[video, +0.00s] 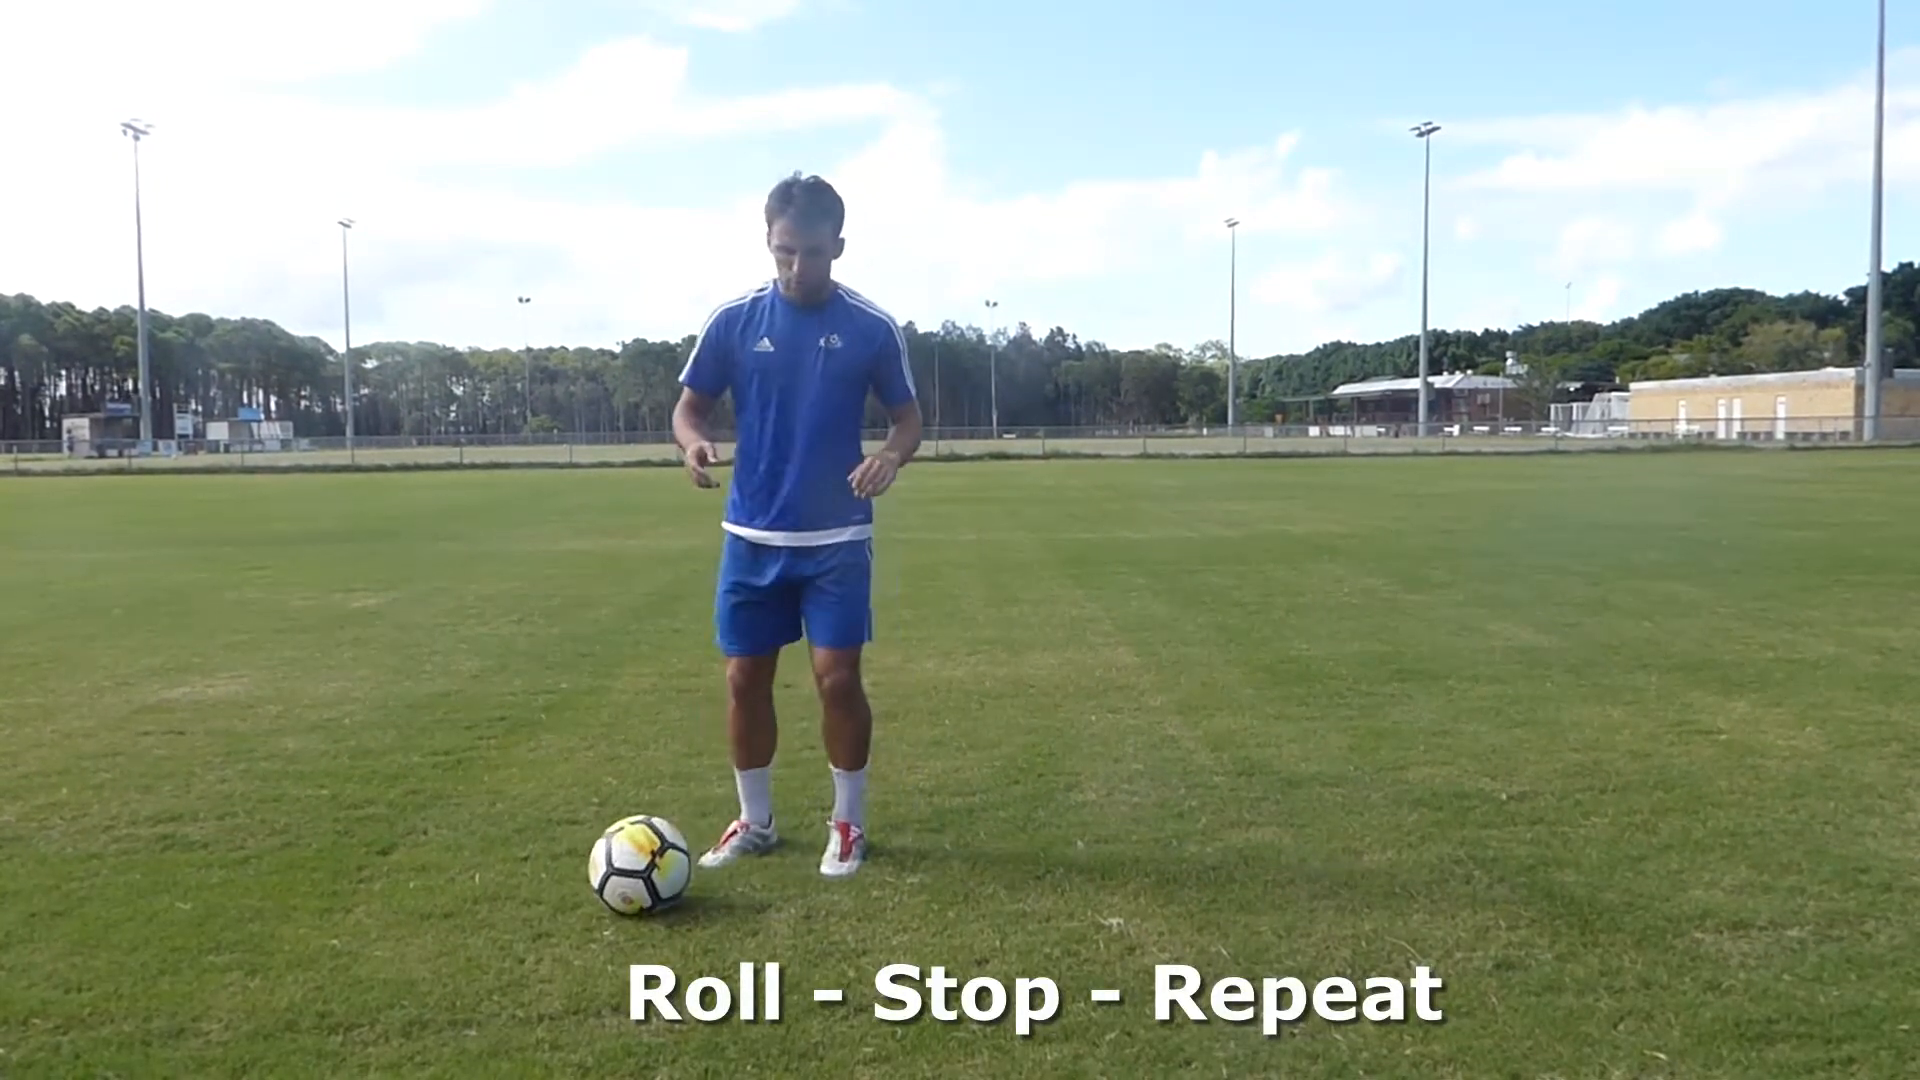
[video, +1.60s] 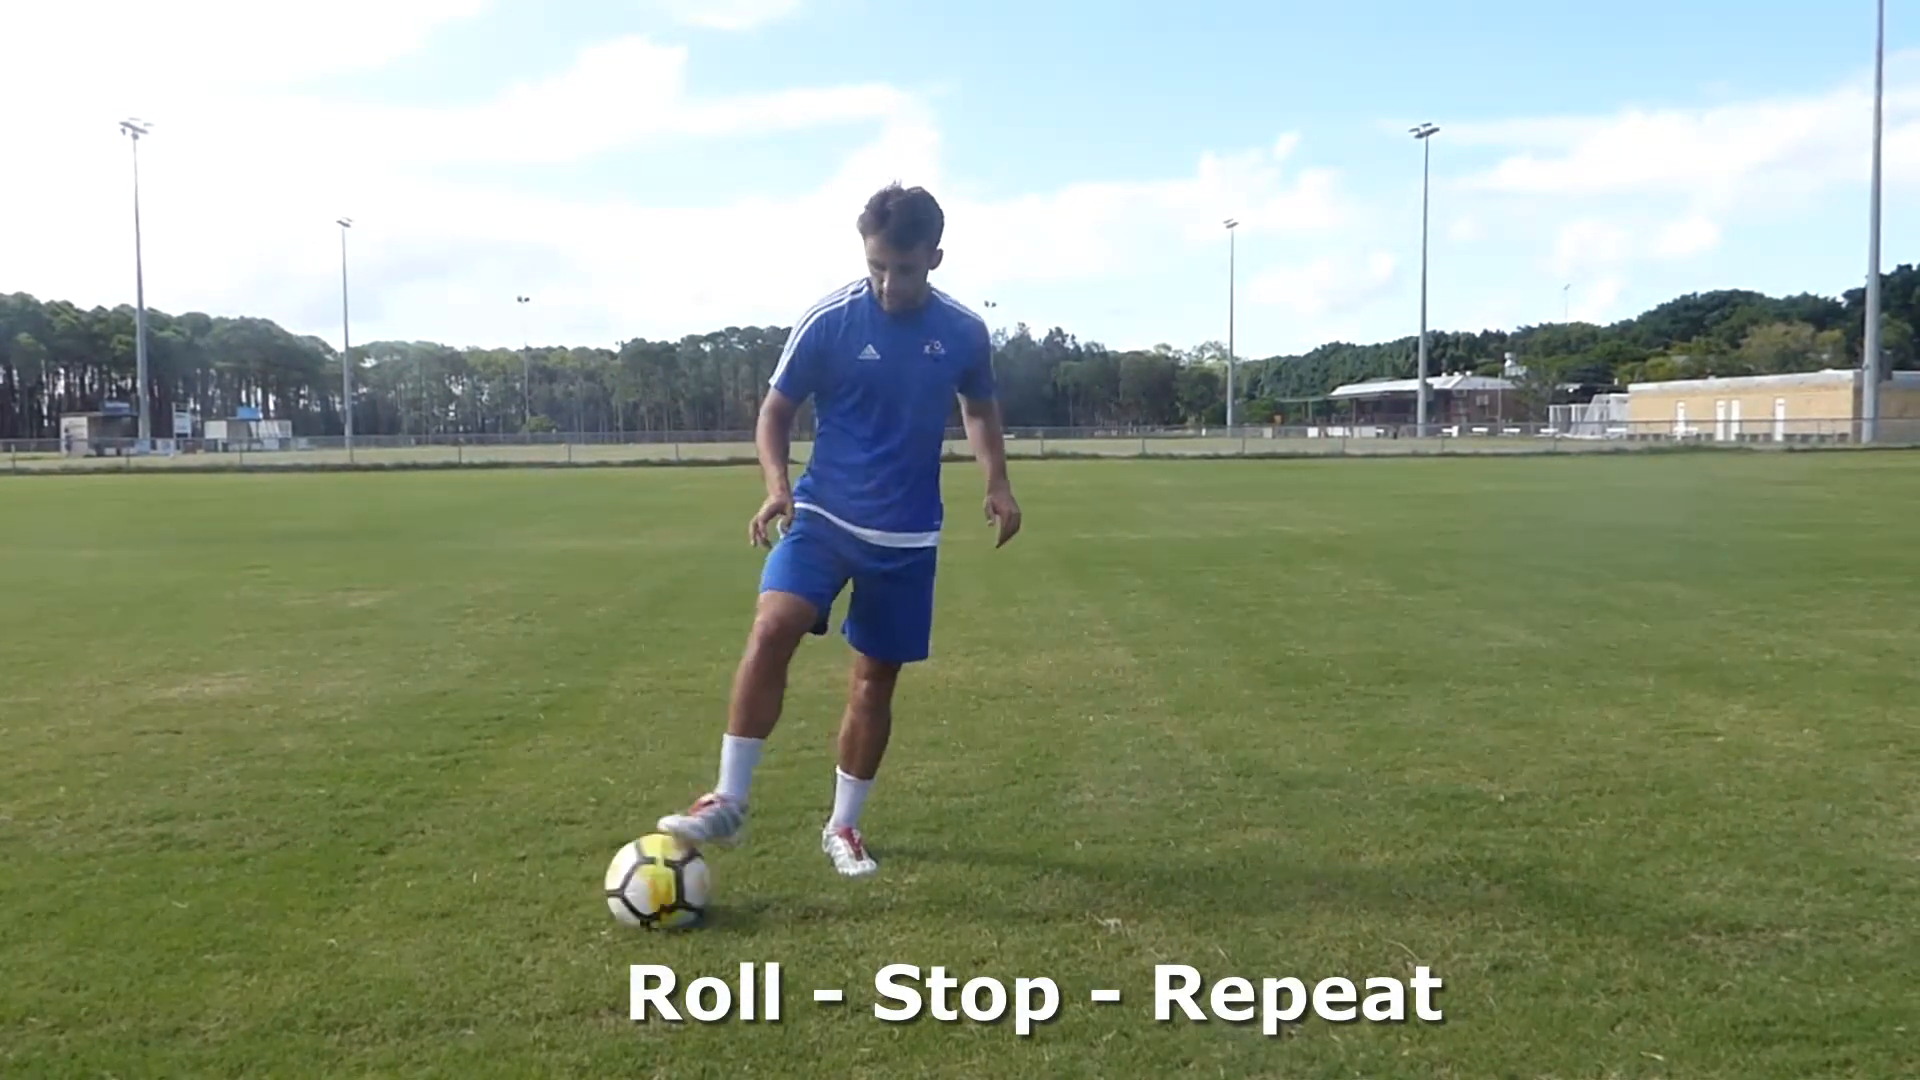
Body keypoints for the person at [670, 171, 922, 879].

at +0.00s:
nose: (794, 269)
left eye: (809, 253)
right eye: (782, 252)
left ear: (837, 245)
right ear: (766, 241)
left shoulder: (874, 331)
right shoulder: (734, 322)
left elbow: (908, 417)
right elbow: (688, 407)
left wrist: (890, 455)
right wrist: (694, 440)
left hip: (835, 537)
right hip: (751, 536)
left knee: (836, 677)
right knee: (745, 677)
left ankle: (847, 825)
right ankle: (753, 823)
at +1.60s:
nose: (888, 284)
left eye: (903, 270)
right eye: (877, 268)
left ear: (934, 258)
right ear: (863, 252)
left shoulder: (964, 333)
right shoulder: (830, 321)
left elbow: (980, 409)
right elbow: (774, 412)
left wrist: (997, 479)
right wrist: (776, 483)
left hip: (907, 537)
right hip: (823, 517)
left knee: (873, 689)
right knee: (771, 630)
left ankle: (843, 829)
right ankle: (729, 803)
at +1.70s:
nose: (890, 285)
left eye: (905, 270)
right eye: (878, 269)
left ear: (936, 256)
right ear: (864, 254)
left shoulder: (975, 332)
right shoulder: (833, 326)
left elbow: (1001, 406)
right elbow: (787, 413)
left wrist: (1015, 480)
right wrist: (794, 489)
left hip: (923, 537)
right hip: (842, 518)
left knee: (883, 685)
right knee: (834, 639)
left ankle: (847, 829)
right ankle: (820, 815)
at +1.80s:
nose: (891, 288)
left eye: (905, 273)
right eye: (879, 272)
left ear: (936, 256)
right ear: (865, 258)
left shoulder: (983, 332)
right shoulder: (837, 334)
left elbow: (1029, 409)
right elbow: (800, 421)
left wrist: (1040, 487)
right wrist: (812, 494)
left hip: (944, 547)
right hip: (863, 538)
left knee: (897, 695)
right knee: (893, 673)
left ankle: (846, 826)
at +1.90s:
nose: (896, 288)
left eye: (910, 273)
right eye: (885, 273)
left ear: (944, 257)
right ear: (873, 262)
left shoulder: (994, 330)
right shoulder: (848, 344)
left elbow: (1048, 404)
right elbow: (817, 428)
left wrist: (1060, 476)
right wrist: (834, 511)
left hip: (972, 547)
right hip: (892, 548)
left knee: (937, 699)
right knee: (945, 692)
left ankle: (859, 824)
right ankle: (989, 840)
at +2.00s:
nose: (915, 290)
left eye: (929, 274)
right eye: (901, 275)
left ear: (958, 258)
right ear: (886, 263)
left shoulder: (1009, 327)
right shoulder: (862, 349)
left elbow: (1059, 404)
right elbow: (833, 439)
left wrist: (1074, 462)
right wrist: (857, 524)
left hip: (1000, 545)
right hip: (918, 552)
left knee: (1014, 696)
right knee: (968, 695)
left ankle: (913, 793)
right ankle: (999, 844)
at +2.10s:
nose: (933, 286)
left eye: (948, 271)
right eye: (919, 271)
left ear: (974, 254)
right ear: (900, 256)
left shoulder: (1020, 321)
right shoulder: (874, 343)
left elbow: (1064, 399)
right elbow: (841, 444)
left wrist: (1090, 461)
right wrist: (879, 522)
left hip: (1020, 540)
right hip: (934, 554)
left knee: (1054, 675)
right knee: (974, 699)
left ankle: (976, 758)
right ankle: (998, 845)